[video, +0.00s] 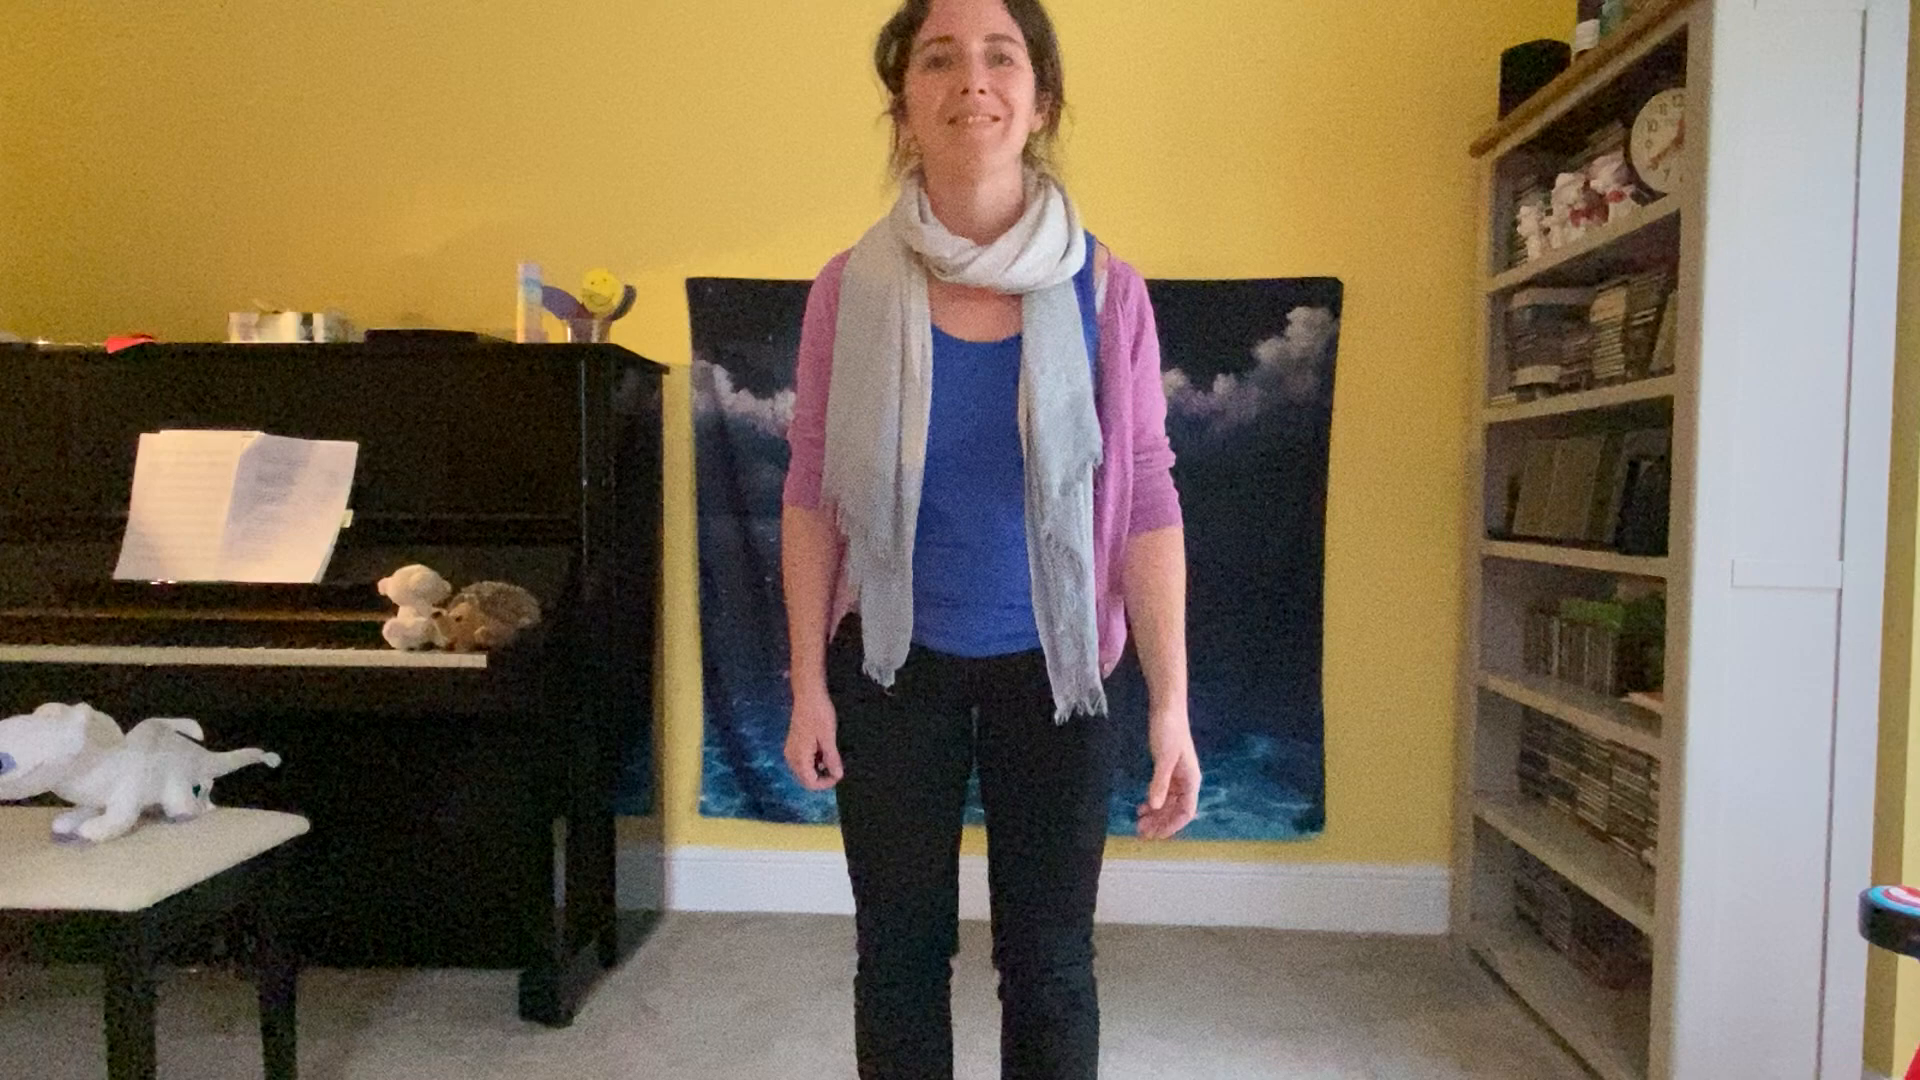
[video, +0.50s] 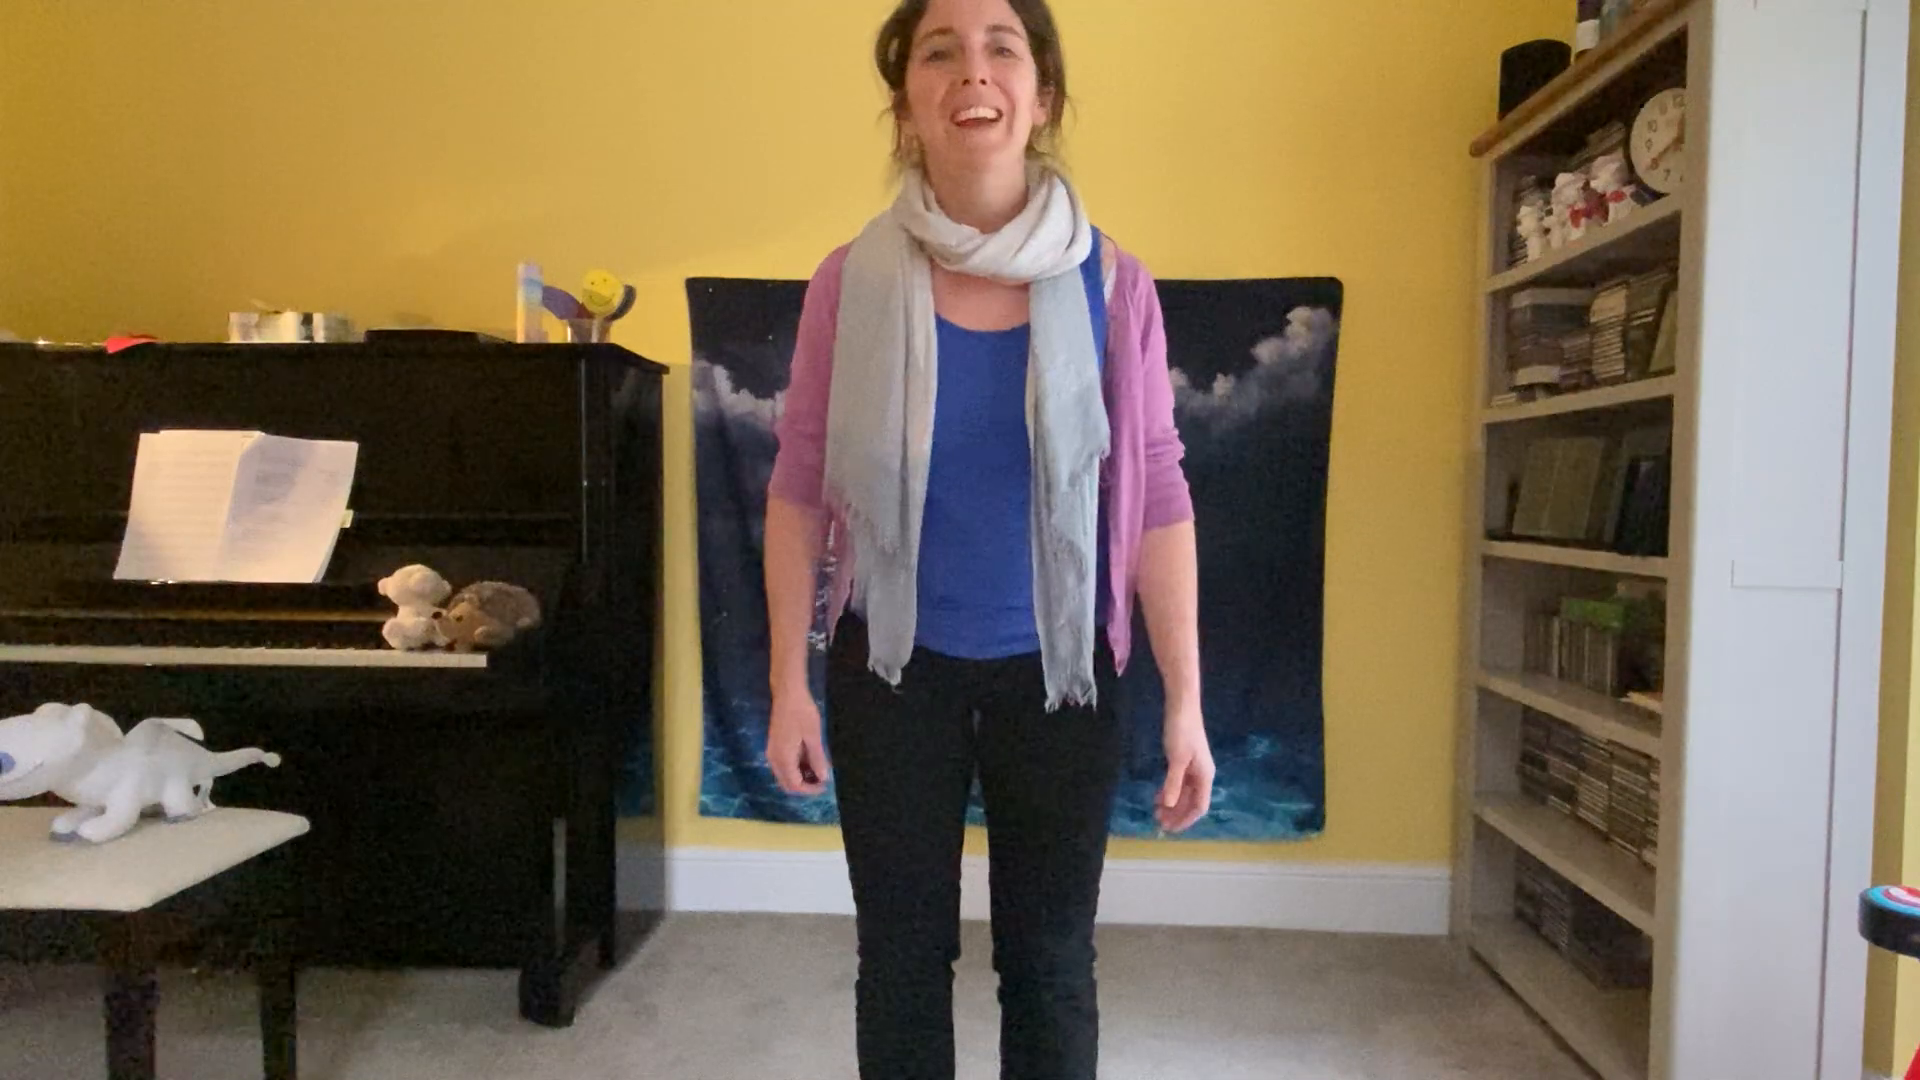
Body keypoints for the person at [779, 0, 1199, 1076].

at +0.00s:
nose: (973, 79)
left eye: (1000, 54)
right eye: (941, 58)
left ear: (1040, 96)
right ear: (901, 101)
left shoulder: (1108, 292)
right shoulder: (845, 291)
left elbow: (1149, 507)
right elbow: (811, 496)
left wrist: (1170, 705)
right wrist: (806, 683)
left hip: (1059, 680)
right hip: (891, 677)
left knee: (1050, 974)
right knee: (898, 970)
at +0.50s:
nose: (975, 72)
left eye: (1002, 48)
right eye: (942, 52)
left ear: (1042, 91)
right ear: (903, 99)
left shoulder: (1114, 287)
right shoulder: (847, 284)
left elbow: (1158, 497)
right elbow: (799, 485)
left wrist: (1184, 699)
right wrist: (789, 682)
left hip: (1061, 680)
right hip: (889, 676)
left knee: (1052, 978)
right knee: (901, 974)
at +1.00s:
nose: (988, 62)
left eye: (1015, 43)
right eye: (956, 44)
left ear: (1050, 89)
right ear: (914, 92)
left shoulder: (1117, 284)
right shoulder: (856, 276)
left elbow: (1169, 492)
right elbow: (793, 476)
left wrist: (1219, 690)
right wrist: (748, 670)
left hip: (1062, 688)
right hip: (883, 685)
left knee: (1051, 991)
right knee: (897, 988)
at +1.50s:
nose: (1002, 71)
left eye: (1030, 59)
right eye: (976, 51)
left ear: (1061, 111)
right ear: (930, 95)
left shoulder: (1120, 294)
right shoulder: (863, 285)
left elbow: (1154, 505)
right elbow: (814, 490)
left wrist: (1165, 704)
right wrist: (783, 686)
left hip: (1064, 681)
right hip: (880, 674)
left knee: (1065, 988)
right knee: (874, 990)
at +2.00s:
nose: (991, 68)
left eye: (1018, 53)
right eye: (962, 51)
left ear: (1053, 106)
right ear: (921, 101)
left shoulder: (1117, 292)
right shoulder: (860, 284)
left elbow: (1152, 500)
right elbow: (816, 493)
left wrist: (1166, 702)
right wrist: (792, 688)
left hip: (1066, 680)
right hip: (886, 675)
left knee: (1064, 981)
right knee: (887, 976)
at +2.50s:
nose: (989, 79)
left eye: (1016, 63)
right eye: (961, 63)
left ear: (1053, 108)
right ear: (922, 109)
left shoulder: (1121, 293)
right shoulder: (863, 291)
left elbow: (1160, 500)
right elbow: (821, 498)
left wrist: (1164, 700)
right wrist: (801, 689)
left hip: (1070, 681)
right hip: (892, 674)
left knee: (1067, 981)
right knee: (893, 976)